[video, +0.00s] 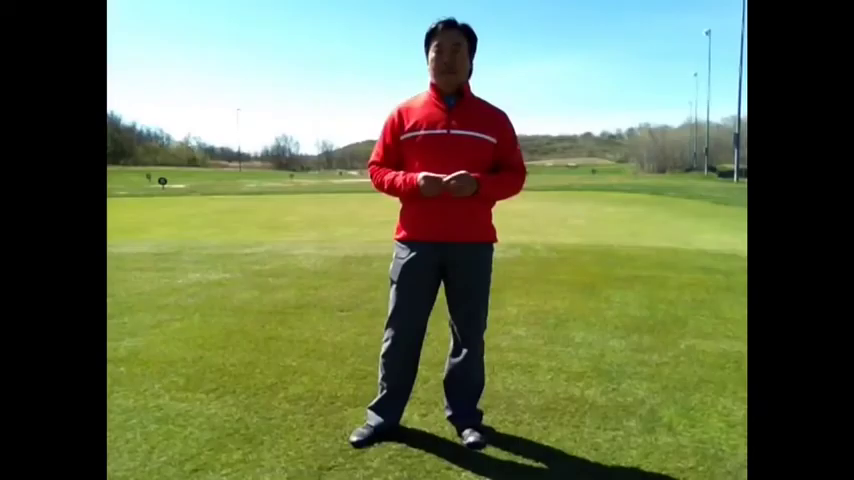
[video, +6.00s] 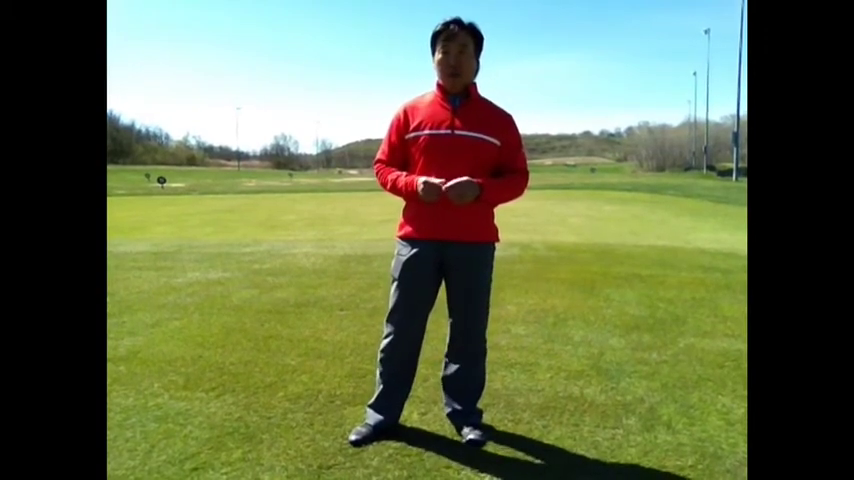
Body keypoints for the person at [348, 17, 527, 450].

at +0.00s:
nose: (445, 56)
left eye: (455, 49)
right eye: (438, 48)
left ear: (471, 59)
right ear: (426, 58)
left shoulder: (494, 119)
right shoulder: (403, 116)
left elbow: (515, 176)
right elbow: (378, 172)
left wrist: (480, 184)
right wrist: (414, 182)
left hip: (472, 245)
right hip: (415, 243)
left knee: (469, 337)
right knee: (400, 333)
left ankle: (467, 419)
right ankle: (383, 417)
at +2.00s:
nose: (450, 59)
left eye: (459, 51)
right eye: (442, 52)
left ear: (475, 60)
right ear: (431, 61)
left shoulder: (498, 122)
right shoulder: (409, 117)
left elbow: (518, 177)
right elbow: (384, 171)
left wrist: (484, 186)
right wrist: (421, 183)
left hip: (476, 245)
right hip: (420, 242)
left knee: (471, 336)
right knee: (403, 331)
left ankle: (467, 416)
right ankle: (384, 416)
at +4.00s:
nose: (453, 58)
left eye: (463, 50)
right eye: (445, 50)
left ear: (478, 59)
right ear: (433, 59)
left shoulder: (500, 121)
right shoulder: (411, 116)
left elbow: (521, 177)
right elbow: (386, 171)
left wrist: (485, 189)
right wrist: (419, 185)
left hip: (478, 245)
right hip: (423, 242)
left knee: (473, 336)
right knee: (405, 331)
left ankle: (466, 415)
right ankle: (383, 416)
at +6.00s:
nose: (451, 58)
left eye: (461, 51)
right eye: (444, 50)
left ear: (478, 59)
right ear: (433, 58)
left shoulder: (499, 121)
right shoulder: (409, 114)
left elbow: (518, 179)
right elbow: (383, 169)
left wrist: (481, 190)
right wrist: (414, 184)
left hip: (473, 245)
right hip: (417, 241)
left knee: (469, 334)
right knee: (400, 330)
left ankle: (466, 416)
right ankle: (382, 415)